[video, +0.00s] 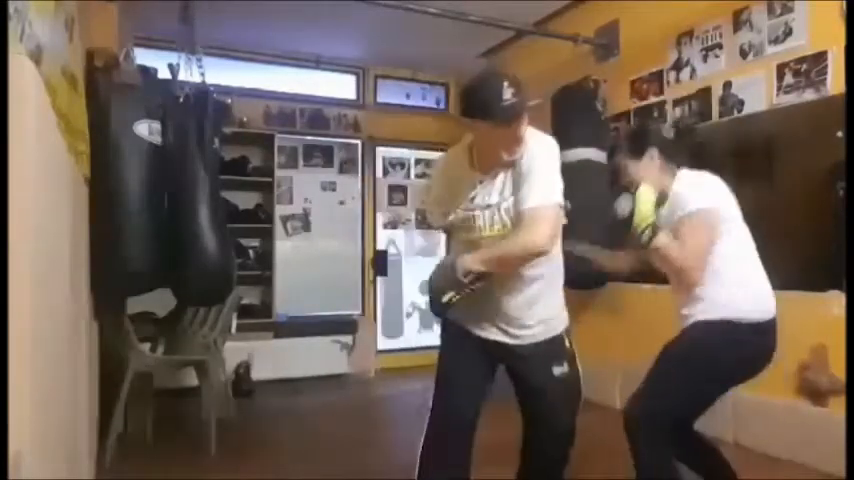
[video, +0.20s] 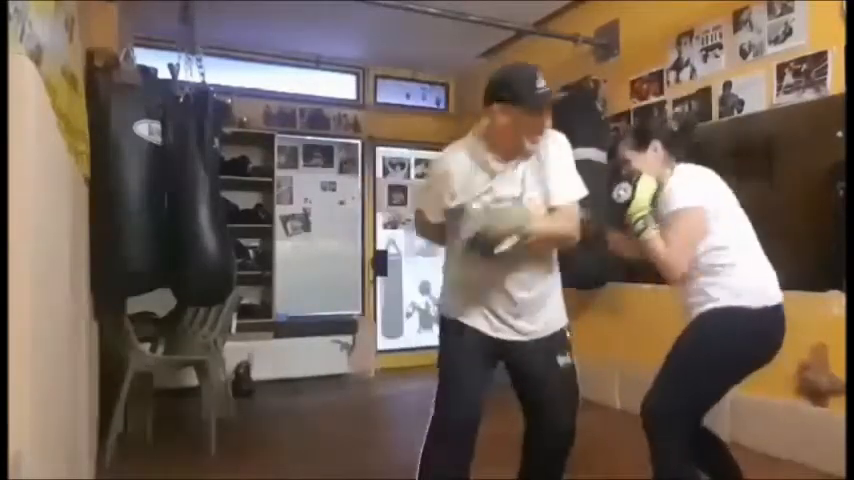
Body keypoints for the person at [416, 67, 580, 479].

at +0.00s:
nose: (518, 131)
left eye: (521, 119)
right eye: (506, 124)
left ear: (526, 113)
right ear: (475, 125)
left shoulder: (540, 151)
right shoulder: (450, 167)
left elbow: (539, 236)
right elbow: (448, 236)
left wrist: (472, 261)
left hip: (538, 328)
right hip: (468, 326)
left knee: (551, 443)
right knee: (448, 435)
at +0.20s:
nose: (544, 125)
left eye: (546, 113)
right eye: (533, 115)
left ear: (549, 112)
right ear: (499, 114)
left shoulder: (552, 147)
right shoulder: (452, 164)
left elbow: (569, 229)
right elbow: (427, 224)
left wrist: (518, 229)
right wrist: (472, 232)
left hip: (540, 319)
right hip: (470, 318)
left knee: (555, 428)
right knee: (455, 423)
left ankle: (538, 479)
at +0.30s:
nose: (559, 118)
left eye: (560, 107)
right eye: (551, 105)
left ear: (529, 106)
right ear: (518, 103)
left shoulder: (550, 147)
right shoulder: (463, 154)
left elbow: (570, 216)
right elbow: (407, 212)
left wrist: (566, 213)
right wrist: (424, 266)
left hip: (536, 316)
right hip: (473, 315)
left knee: (551, 423)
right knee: (460, 425)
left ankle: (534, 477)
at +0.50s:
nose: (560, 120)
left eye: (561, 113)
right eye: (557, 110)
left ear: (525, 101)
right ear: (534, 99)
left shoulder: (521, 139)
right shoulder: (502, 125)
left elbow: (558, 174)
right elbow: (572, 143)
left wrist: (591, 155)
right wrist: (637, 170)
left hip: (509, 307)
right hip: (472, 304)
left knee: (533, 407)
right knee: (445, 428)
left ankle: (529, 477)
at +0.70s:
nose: (546, 119)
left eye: (547, 113)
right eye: (543, 111)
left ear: (513, 103)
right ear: (522, 101)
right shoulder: (504, 126)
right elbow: (594, 162)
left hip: (500, 305)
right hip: (472, 301)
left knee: (525, 420)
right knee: (436, 423)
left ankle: (525, 477)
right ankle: (381, 475)